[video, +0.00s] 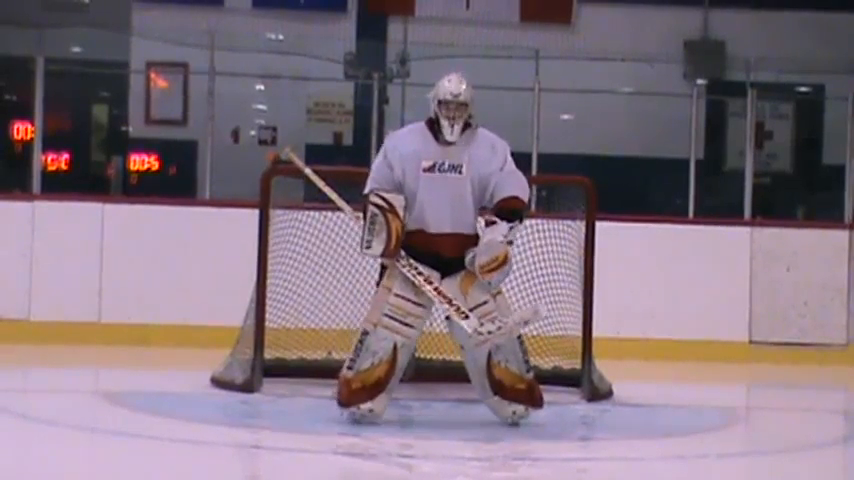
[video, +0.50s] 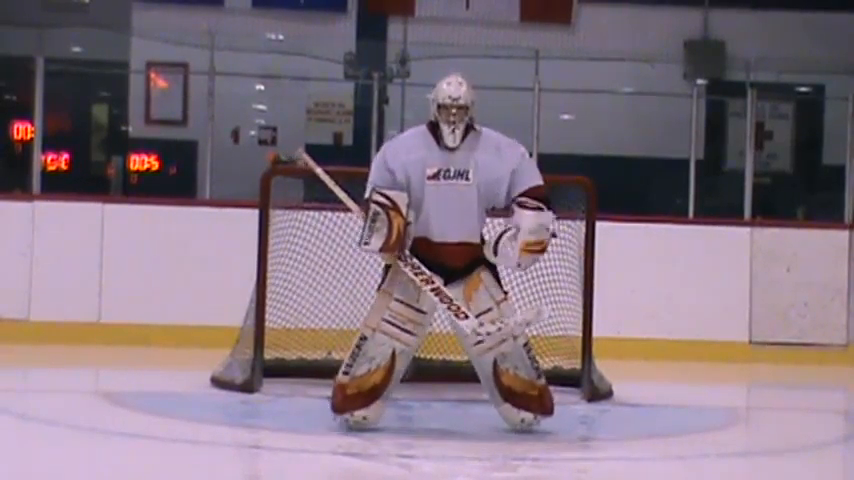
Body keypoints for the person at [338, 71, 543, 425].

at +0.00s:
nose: (453, 114)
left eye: (459, 107)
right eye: (447, 107)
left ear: (470, 109)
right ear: (434, 106)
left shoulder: (489, 148)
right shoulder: (402, 145)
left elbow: (514, 194)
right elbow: (380, 195)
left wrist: (498, 232)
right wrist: (381, 229)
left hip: (469, 265)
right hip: (410, 262)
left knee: (494, 335)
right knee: (388, 332)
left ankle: (513, 404)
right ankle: (365, 401)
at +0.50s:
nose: (452, 116)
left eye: (459, 109)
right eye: (446, 108)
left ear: (471, 110)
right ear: (433, 108)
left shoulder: (504, 152)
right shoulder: (401, 151)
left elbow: (532, 205)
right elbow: (384, 203)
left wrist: (522, 240)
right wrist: (380, 226)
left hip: (475, 268)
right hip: (414, 266)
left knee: (501, 340)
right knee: (385, 336)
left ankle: (524, 412)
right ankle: (358, 407)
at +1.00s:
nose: (474, 201)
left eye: (482, 195)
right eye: (467, 194)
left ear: (493, 192)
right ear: (453, 187)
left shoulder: (513, 217)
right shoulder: (421, 206)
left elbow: (502, 269)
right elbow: (405, 256)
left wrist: (478, 286)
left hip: (475, 281)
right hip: (424, 276)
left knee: (506, 340)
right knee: (403, 333)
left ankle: (535, 413)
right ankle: (368, 409)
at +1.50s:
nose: (477, 201)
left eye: (484, 195)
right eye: (470, 194)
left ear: (496, 193)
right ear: (456, 187)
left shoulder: (516, 218)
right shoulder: (425, 206)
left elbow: (503, 274)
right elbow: (409, 255)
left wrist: (478, 293)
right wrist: (434, 289)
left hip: (478, 281)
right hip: (425, 274)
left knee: (507, 339)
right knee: (402, 333)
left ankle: (535, 414)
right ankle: (368, 411)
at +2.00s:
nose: (475, 115)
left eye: (481, 108)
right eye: (468, 107)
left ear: (492, 110)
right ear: (454, 108)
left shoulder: (511, 154)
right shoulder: (423, 147)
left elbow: (534, 203)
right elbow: (395, 197)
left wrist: (557, 205)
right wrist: (391, 229)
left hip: (486, 266)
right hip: (430, 262)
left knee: (517, 342)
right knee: (397, 338)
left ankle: (539, 416)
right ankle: (368, 414)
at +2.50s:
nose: (475, 110)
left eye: (481, 103)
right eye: (468, 103)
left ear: (492, 104)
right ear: (454, 102)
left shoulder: (511, 146)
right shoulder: (425, 140)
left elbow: (531, 201)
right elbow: (393, 186)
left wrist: (556, 176)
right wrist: (399, 208)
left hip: (490, 259)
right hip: (433, 258)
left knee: (516, 336)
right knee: (402, 334)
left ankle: (541, 417)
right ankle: (373, 415)